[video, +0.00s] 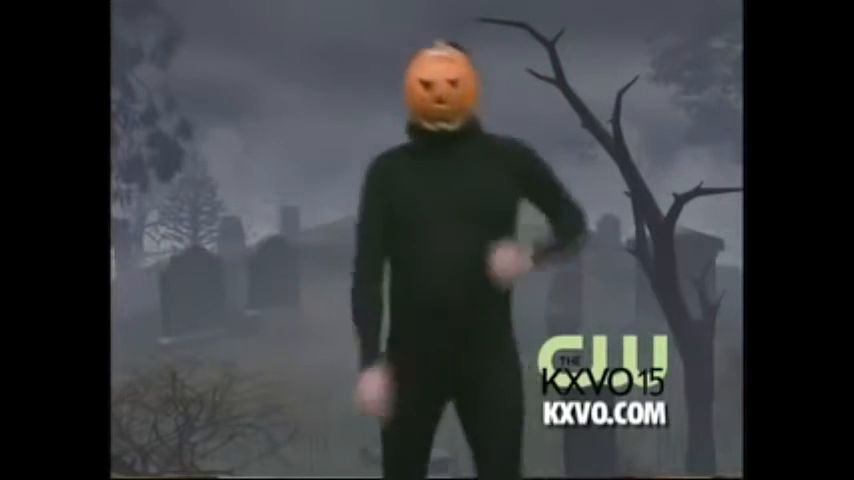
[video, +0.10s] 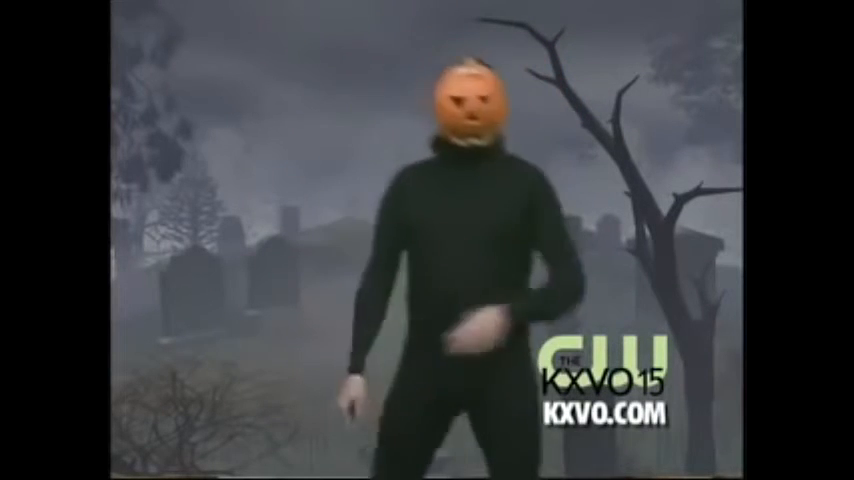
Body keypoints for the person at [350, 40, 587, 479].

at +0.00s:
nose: (440, 93)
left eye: (453, 82)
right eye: (426, 83)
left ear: (473, 92)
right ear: (408, 94)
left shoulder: (508, 159)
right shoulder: (388, 171)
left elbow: (573, 229)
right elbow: (367, 271)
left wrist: (531, 256)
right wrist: (370, 360)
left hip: (487, 354)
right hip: (413, 355)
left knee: (501, 471)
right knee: (401, 472)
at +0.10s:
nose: (471, 110)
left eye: (483, 99)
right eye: (457, 100)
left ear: (502, 110)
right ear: (437, 110)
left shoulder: (525, 183)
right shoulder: (410, 184)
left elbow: (569, 283)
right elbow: (378, 278)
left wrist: (507, 314)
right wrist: (356, 367)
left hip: (504, 375)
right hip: (425, 372)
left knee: (517, 471)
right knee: (392, 471)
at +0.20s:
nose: (487, 120)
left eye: (500, 110)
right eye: (473, 111)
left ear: (516, 125)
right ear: (452, 125)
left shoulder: (535, 203)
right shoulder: (430, 197)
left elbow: (547, 310)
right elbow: (397, 265)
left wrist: (462, 283)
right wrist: (360, 331)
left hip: (508, 379)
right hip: (434, 371)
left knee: (527, 471)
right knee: (359, 468)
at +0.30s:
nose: (487, 101)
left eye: (499, 92)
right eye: (474, 91)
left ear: (518, 111)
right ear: (453, 109)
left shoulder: (533, 187)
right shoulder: (435, 178)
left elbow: (517, 288)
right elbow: (417, 243)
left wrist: (446, 221)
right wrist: (380, 284)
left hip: (508, 361)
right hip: (436, 349)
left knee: (519, 471)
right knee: (343, 439)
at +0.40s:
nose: (488, 69)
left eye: (502, 60)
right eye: (475, 59)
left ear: (520, 78)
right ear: (455, 76)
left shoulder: (535, 153)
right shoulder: (435, 144)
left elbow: (513, 253)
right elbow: (419, 217)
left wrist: (436, 203)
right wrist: (388, 267)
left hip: (502, 336)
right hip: (431, 329)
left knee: (514, 471)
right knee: (354, 452)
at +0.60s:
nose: (474, 98)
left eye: (487, 90)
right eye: (461, 89)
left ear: (502, 103)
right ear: (442, 103)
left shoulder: (523, 172)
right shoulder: (412, 174)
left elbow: (530, 255)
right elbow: (386, 253)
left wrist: (493, 310)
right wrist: (355, 276)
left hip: (495, 357)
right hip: (420, 353)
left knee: (509, 470)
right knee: (398, 468)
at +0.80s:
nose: (444, 111)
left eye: (456, 103)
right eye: (430, 102)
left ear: (473, 119)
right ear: (411, 119)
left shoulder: (498, 189)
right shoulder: (388, 189)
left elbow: (527, 286)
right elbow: (366, 286)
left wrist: (526, 260)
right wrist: (362, 201)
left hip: (485, 371)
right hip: (410, 371)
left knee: (512, 471)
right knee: (380, 473)